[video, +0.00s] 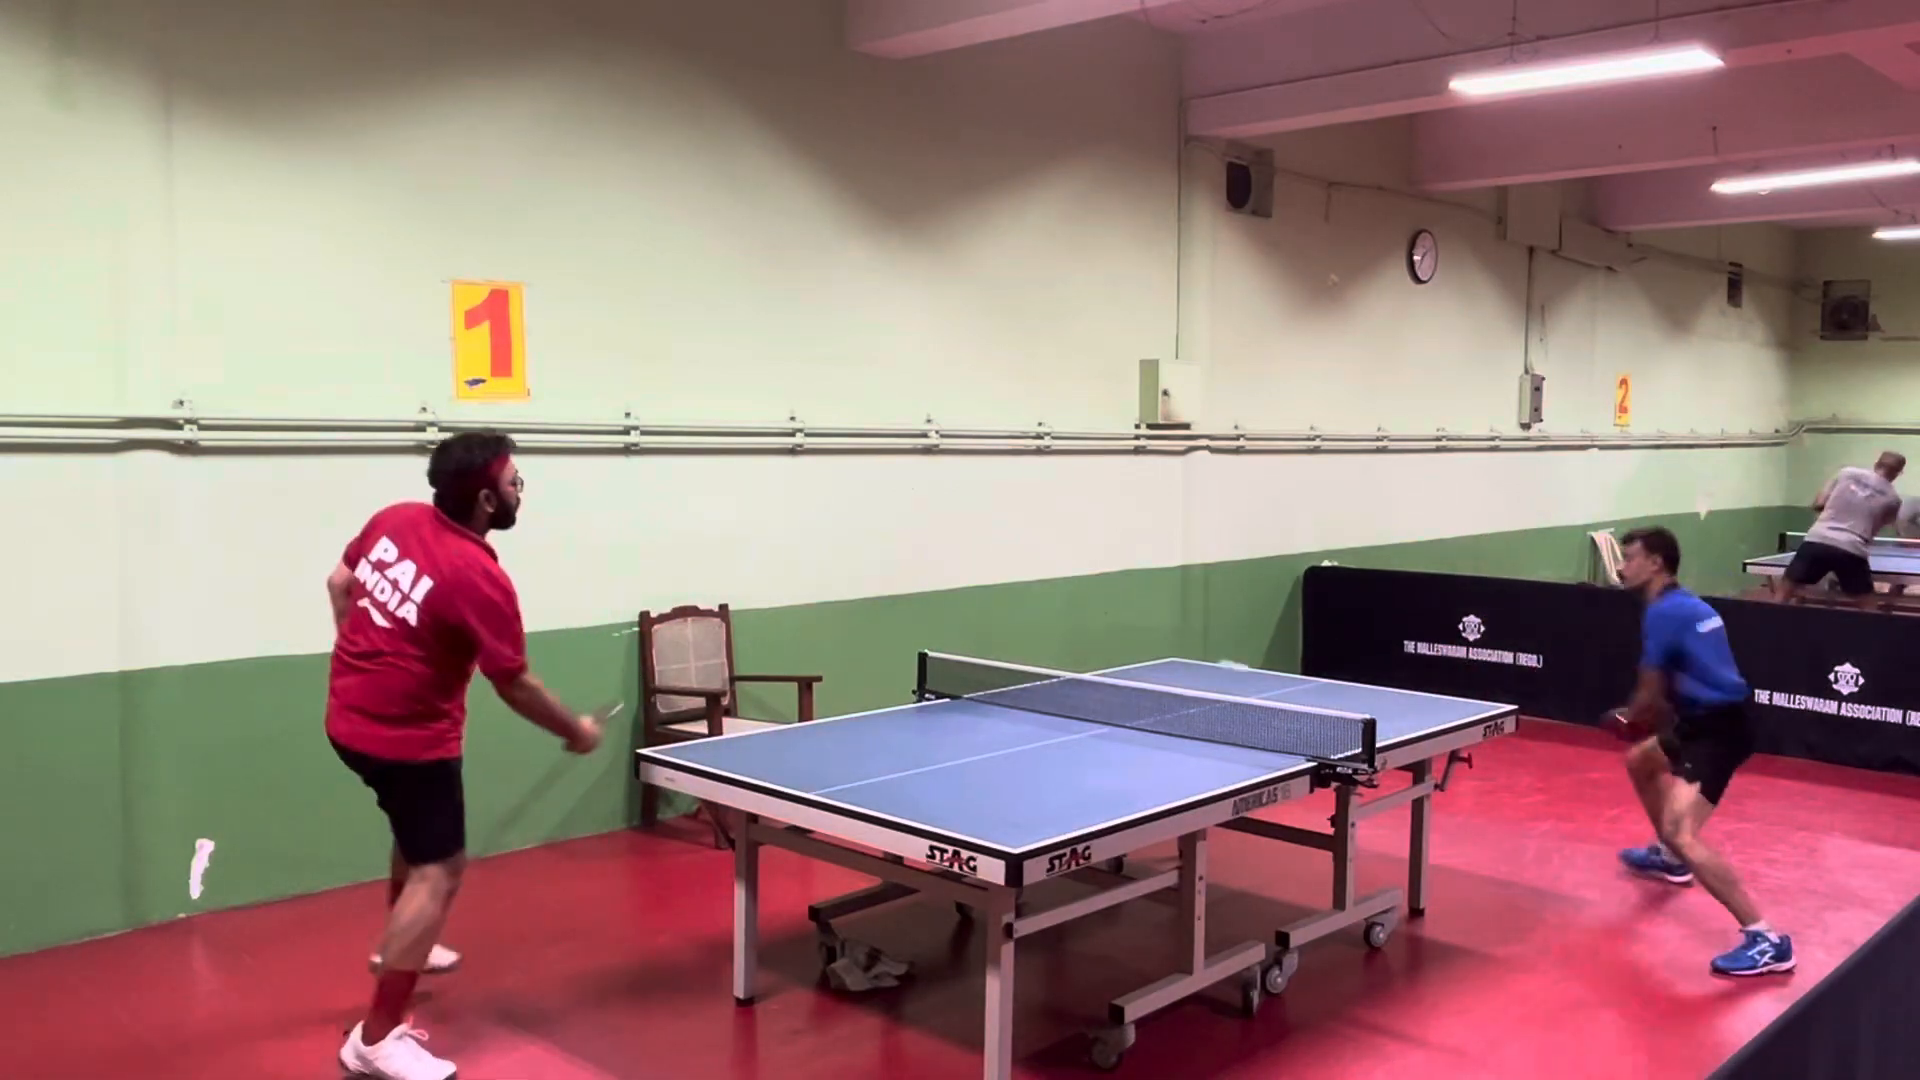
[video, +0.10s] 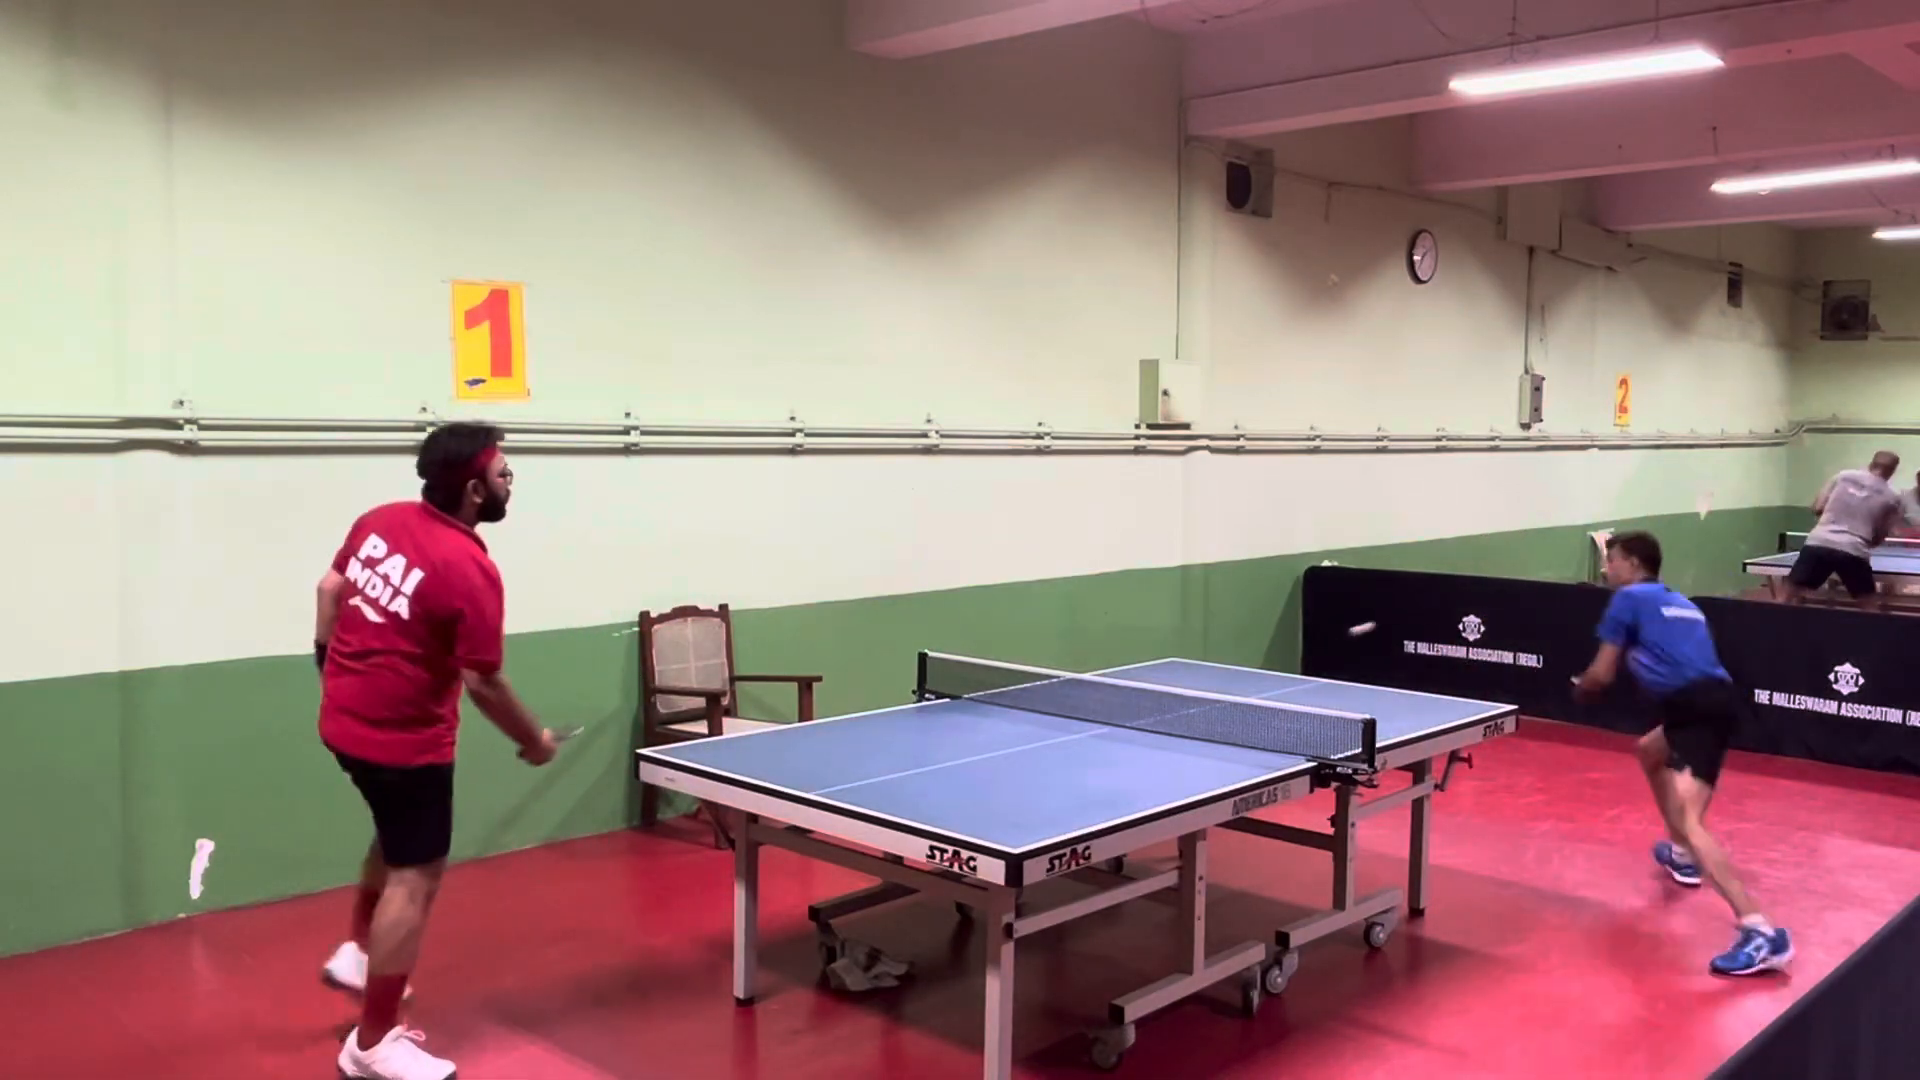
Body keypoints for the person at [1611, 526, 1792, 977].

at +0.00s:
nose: (1622, 566)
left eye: (1629, 558)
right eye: (1624, 558)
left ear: (1656, 565)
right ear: (1659, 567)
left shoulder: (1662, 612)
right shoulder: (1689, 603)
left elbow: (1650, 694)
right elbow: (1684, 681)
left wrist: (1630, 718)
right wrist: (1649, 718)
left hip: (1720, 723)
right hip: (1710, 717)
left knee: (1679, 833)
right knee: (1641, 763)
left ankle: (1763, 937)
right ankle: (1672, 856)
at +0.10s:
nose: (1607, 568)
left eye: (1612, 561)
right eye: (1608, 561)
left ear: (1634, 564)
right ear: (1648, 567)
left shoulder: (1626, 599)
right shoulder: (1678, 600)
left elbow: (1601, 674)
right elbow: (1677, 656)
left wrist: (1583, 685)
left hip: (1696, 705)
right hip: (1723, 699)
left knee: (1687, 821)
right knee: (1649, 752)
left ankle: (1759, 928)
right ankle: (1686, 855)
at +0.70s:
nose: (1498, 558)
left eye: (1493, 552)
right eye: (1495, 553)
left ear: (1495, 545)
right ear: (1517, 531)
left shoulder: (1515, 559)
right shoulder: (1553, 545)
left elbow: (1549, 601)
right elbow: (1538, 620)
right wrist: (1489, 637)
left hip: (1555, 626)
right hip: (1595, 624)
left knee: (1516, 692)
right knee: (1601, 720)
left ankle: (1525, 776)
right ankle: (1642, 740)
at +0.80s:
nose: (1495, 543)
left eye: (1492, 538)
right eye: (1493, 539)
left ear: (1495, 531)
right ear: (1516, 518)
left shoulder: (1507, 543)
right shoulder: (1553, 530)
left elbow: (1522, 594)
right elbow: (1573, 577)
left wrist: (1507, 643)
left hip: (1551, 607)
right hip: (1589, 604)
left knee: (1513, 685)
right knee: (1572, 683)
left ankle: (1525, 771)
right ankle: (1606, 751)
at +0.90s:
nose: (1499, 521)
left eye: (1497, 516)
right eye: (1498, 517)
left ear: (1499, 511)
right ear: (1523, 498)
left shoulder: (1508, 522)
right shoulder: (1559, 514)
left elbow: (1506, 575)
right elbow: (1574, 559)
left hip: (1545, 595)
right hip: (1583, 593)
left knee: (1511, 682)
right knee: (1564, 669)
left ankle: (1524, 762)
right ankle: (1559, 746)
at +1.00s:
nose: (1513, 504)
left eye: (1509, 500)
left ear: (1510, 496)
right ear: (1537, 486)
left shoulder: (1516, 513)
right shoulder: (1573, 512)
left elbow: (1503, 562)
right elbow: (1585, 562)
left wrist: (1481, 555)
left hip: (1539, 601)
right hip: (1576, 602)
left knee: (1505, 681)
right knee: (1549, 667)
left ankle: (1519, 747)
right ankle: (1535, 738)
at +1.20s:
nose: (1542, 483)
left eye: (1534, 481)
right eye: (1552, 476)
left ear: (1529, 480)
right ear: (1558, 477)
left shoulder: (1520, 510)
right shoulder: (1582, 507)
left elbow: (1507, 562)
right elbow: (1594, 559)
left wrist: (1488, 577)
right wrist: (1594, 584)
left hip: (1532, 593)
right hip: (1572, 594)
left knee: (1508, 660)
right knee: (1548, 661)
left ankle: (1507, 721)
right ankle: (1532, 735)